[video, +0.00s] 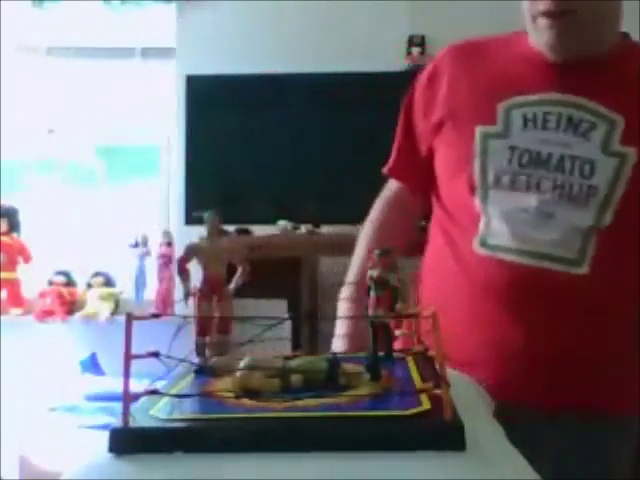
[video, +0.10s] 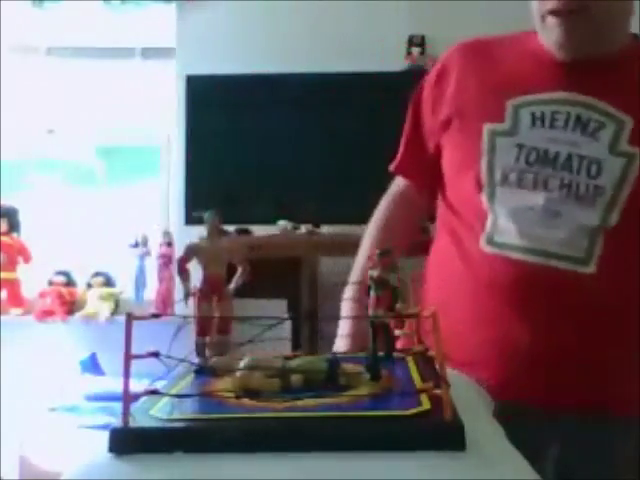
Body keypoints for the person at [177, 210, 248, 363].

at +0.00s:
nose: (211, 227)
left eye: (215, 223)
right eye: (208, 223)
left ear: (219, 224)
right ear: (204, 225)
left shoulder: (228, 245)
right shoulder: (196, 246)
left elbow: (243, 267)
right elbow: (181, 264)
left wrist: (232, 287)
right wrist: (186, 287)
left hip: (222, 285)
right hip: (205, 285)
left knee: (224, 322)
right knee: (203, 323)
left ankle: (221, 357)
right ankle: (201, 358)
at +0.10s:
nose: (211, 226)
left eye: (214, 222)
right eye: (208, 223)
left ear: (219, 224)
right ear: (204, 224)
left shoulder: (228, 245)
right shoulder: (197, 246)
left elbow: (243, 267)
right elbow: (181, 264)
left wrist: (232, 287)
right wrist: (186, 287)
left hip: (222, 285)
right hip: (205, 285)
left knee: (224, 322)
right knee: (203, 322)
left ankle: (221, 356)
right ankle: (201, 358)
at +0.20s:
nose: (212, 226)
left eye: (215, 222)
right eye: (209, 222)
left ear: (219, 224)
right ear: (204, 224)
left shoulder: (228, 244)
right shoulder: (196, 246)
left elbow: (242, 267)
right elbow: (181, 265)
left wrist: (232, 287)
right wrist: (186, 287)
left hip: (222, 284)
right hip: (205, 284)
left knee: (223, 321)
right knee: (203, 321)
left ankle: (221, 355)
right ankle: (201, 356)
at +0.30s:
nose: (211, 227)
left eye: (214, 224)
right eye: (208, 224)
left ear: (218, 225)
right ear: (204, 225)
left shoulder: (228, 245)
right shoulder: (197, 246)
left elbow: (243, 267)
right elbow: (181, 264)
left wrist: (232, 288)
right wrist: (186, 287)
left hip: (222, 286)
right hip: (205, 286)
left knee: (223, 322)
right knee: (203, 322)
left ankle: (221, 354)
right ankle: (201, 356)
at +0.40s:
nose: (211, 227)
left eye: (214, 224)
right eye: (209, 224)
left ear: (218, 225)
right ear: (205, 225)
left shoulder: (228, 245)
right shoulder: (197, 246)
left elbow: (243, 267)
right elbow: (181, 264)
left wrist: (231, 287)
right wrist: (186, 287)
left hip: (222, 285)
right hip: (205, 285)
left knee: (223, 322)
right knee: (203, 322)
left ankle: (221, 355)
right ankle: (201, 357)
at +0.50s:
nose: (211, 227)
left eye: (214, 224)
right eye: (208, 224)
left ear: (218, 225)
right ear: (205, 225)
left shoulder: (228, 245)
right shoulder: (197, 246)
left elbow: (243, 267)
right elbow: (181, 264)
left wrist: (232, 287)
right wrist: (186, 287)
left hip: (222, 285)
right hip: (205, 285)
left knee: (223, 322)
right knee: (203, 322)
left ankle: (221, 355)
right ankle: (201, 356)